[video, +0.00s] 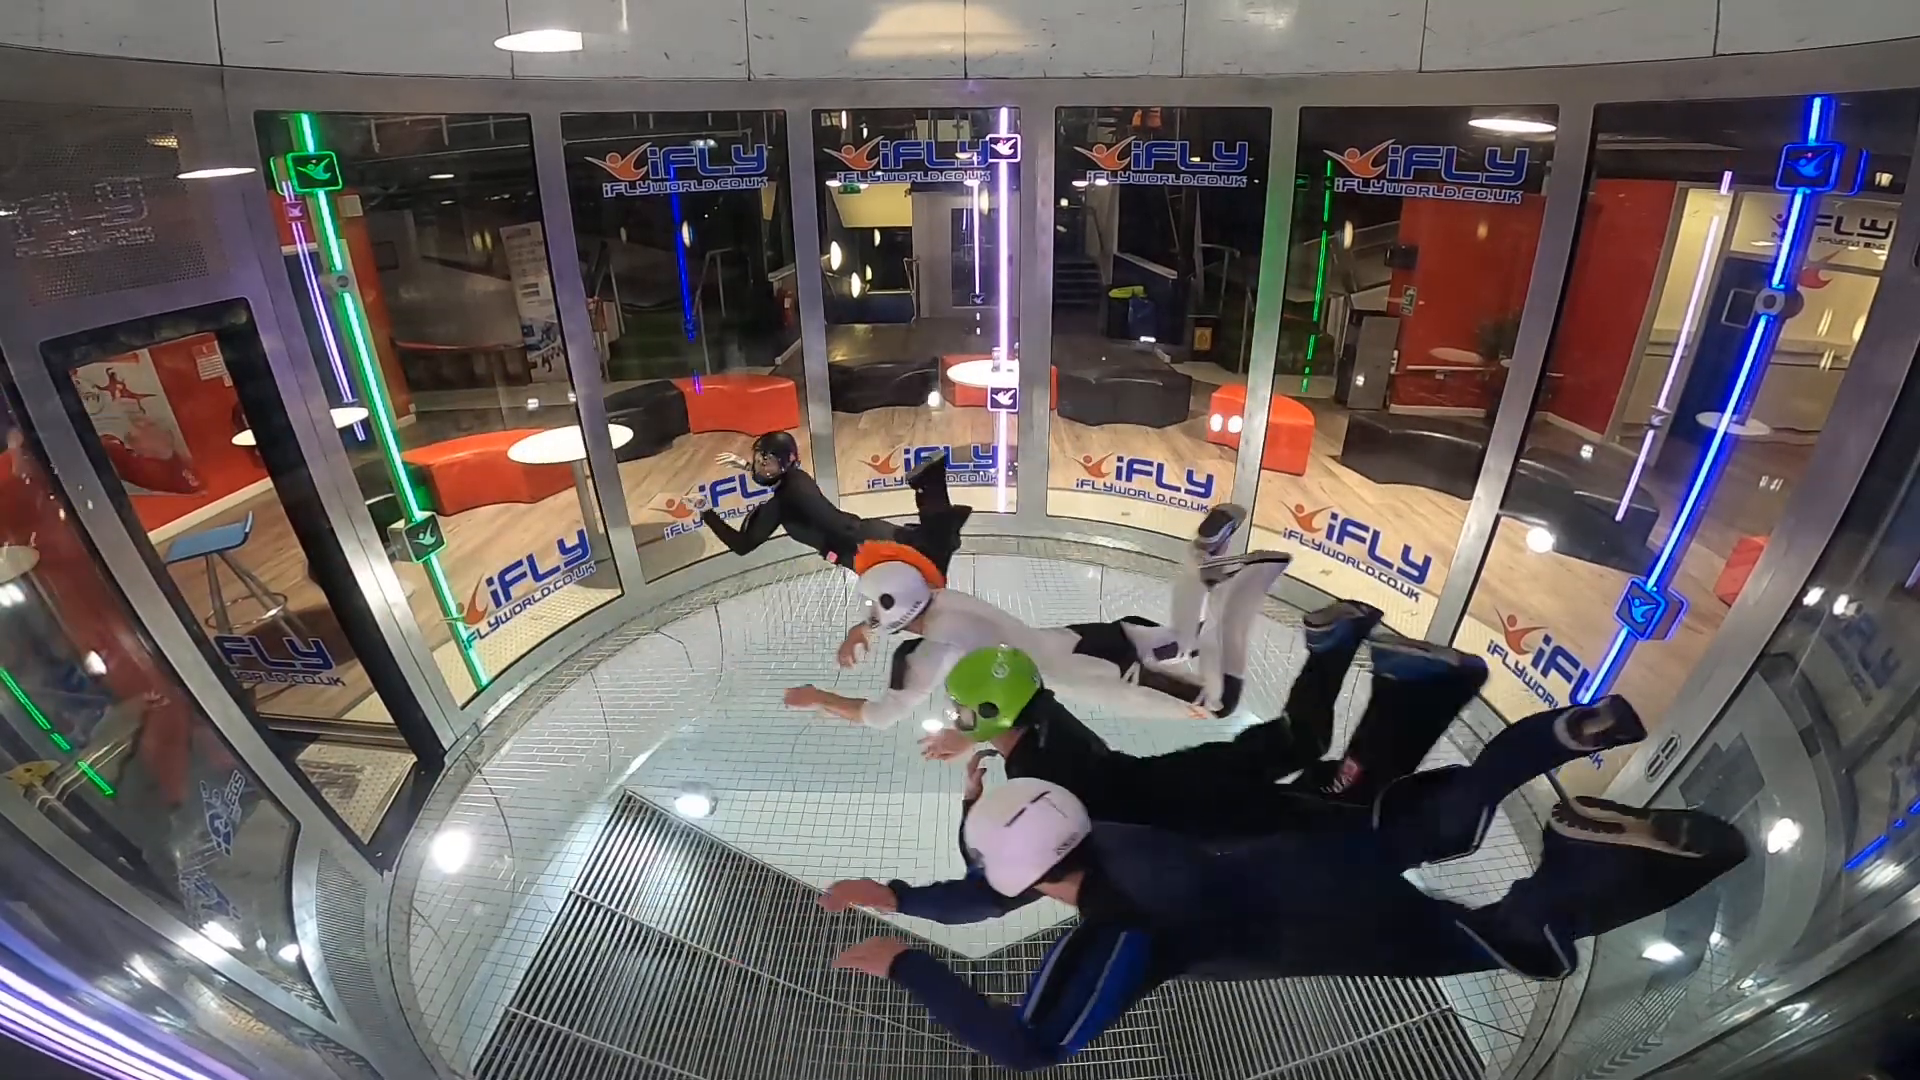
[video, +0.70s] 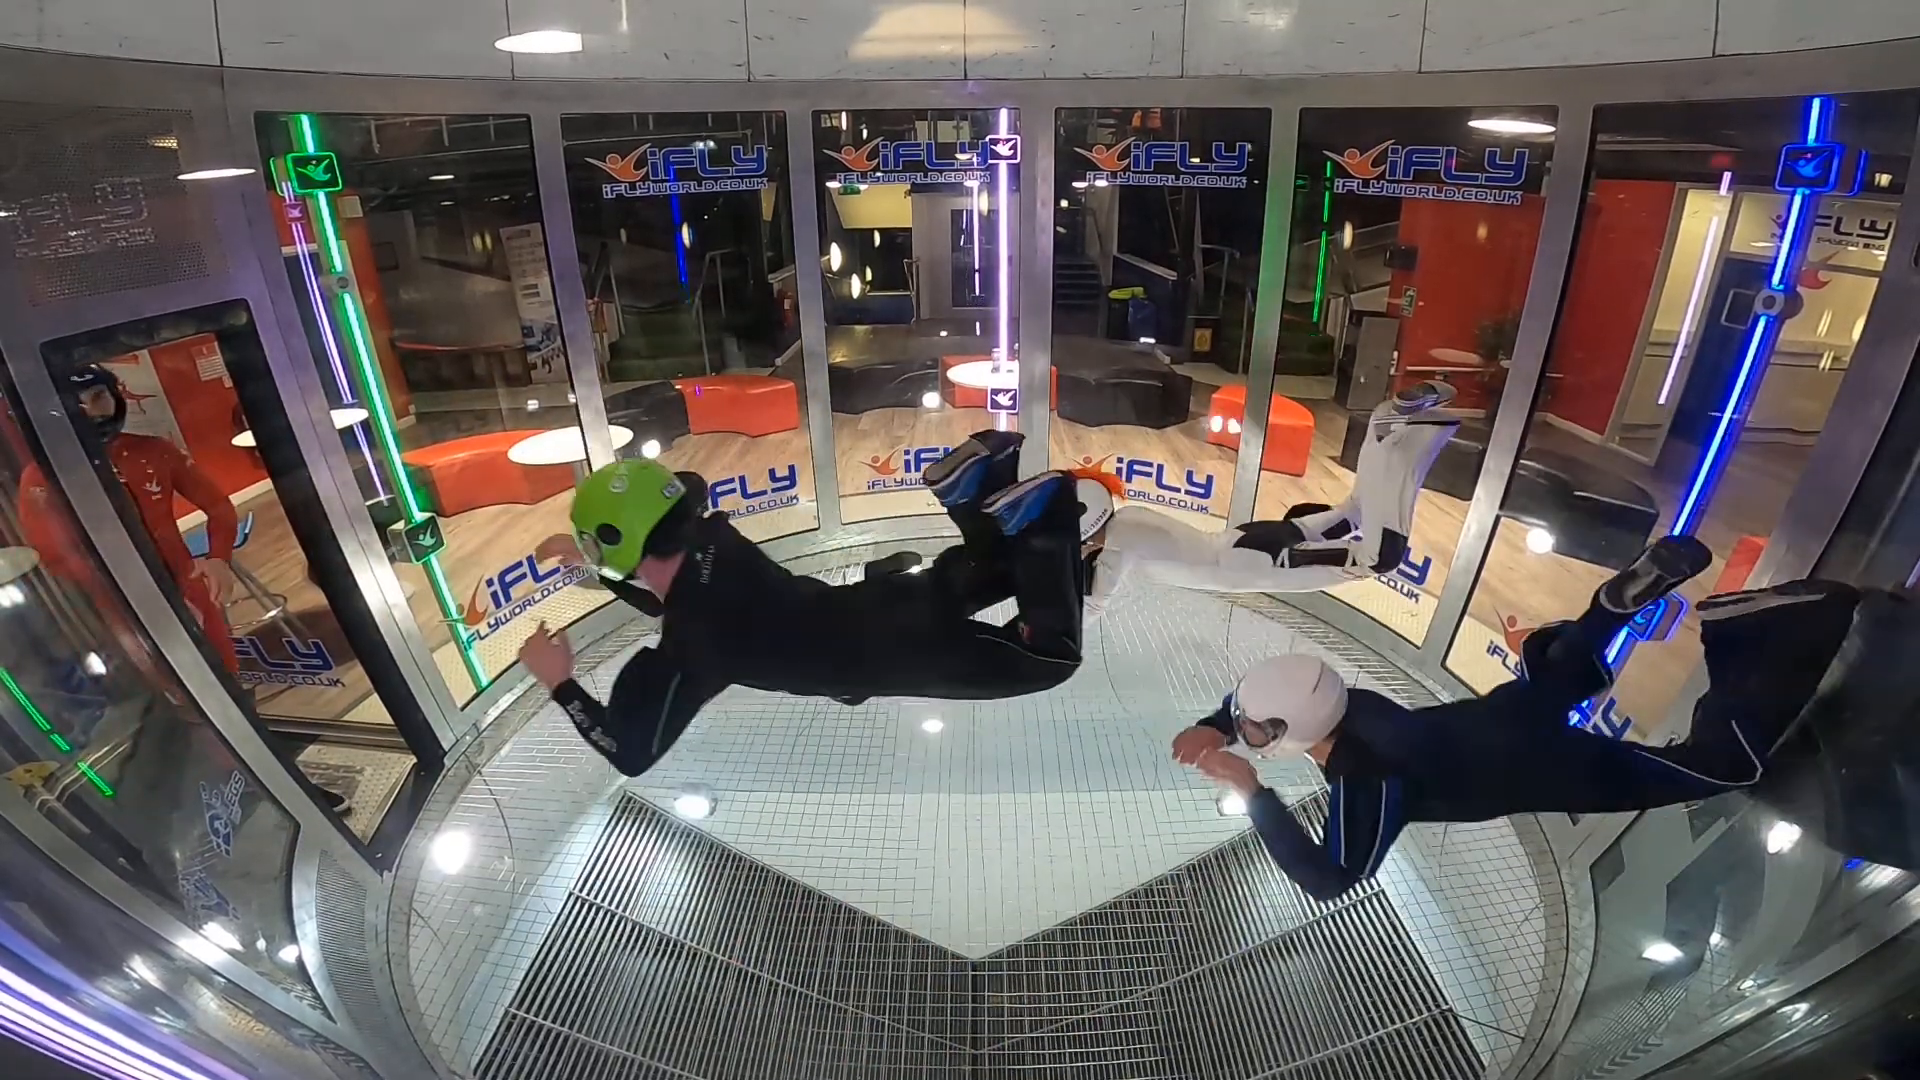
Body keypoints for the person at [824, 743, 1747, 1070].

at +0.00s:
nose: (1010, 889)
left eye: (1009, 879)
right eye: (1002, 876)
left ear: (1043, 886)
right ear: (1052, 835)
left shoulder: (1127, 922)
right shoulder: (1099, 835)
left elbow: (1030, 1040)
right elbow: (993, 892)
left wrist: (911, 978)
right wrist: (892, 900)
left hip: (1349, 917)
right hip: (1335, 838)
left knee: (1500, 933)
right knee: (1458, 803)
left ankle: (1612, 874)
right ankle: (1579, 728)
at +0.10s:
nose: (1093, 890)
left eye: (1095, 878)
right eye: (1088, 874)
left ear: (1118, 869)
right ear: (1106, 846)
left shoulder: (1187, 918)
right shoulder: (1152, 830)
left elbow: (1103, 1035)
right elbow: (1044, 889)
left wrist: (976, 970)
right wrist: (947, 921)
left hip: (1408, 901)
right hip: (1387, 841)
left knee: (1562, 912)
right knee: (1494, 791)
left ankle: (1678, 835)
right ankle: (1605, 696)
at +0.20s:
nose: (1152, 896)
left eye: (1154, 884)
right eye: (1144, 880)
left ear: (1183, 868)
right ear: (1179, 834)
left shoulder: (1241, 911)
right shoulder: (1198, 820)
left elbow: (1165, 1021)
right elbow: (1098, 879)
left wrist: (1024, 979)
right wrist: (1010, 917)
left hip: (1464, 878)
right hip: (1426, 828)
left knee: (1605, 874)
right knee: (1514, 778)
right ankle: (1607, 674)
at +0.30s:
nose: (1190, 872)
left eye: (1190, 861)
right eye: (1189, 849)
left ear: (1213, 861)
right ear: (1212, 826)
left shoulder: (1299, 893)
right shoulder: (1239, 820)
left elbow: (1250, 1002)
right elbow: (1148, 866)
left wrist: (1102, 998)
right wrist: (1077, 909)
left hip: (1496, 858)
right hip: (1465, 809)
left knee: (1670, 823)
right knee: (1553, 744)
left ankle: (1821, 686)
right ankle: (1641, 641)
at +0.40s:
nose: (1220, 848)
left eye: (1220, 835)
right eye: (1214, 825)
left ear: (1252, 845)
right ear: (1256, 796)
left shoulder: (1337, 869)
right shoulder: (1280, 803)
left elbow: (1330, 971)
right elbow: (1185, 831)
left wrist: (1172, 936)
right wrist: (1126, 878)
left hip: (1535, 829)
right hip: (1491, 776)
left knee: (1713, 803)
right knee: (1568, 700)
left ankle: (1852, 639)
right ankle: (1642, 611)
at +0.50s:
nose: (1241, 825)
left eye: (1246, 809)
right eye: (1235, 804)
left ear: (1283, 807)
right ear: (1286, 776)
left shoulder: (1365, 834)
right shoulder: (1304, 775)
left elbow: (1359, 939)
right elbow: (1225, 785)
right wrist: (1184, 821)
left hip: (1543, 810)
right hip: (1490, 765)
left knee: (1700, 799)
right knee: (1559, 714)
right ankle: (1629, 608)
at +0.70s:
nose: (1252, 739)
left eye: (1257, 730)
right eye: (1250, 723)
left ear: (1293, 736)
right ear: (1318, 688)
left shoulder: (1367, 771)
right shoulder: (1356, 708)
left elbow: (1329, 878)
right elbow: (1260, 700)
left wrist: (1246, 786)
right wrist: (1223, 739)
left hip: (1583, 761)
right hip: (1543, 714)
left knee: (1734, 754)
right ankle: (1637, 594)